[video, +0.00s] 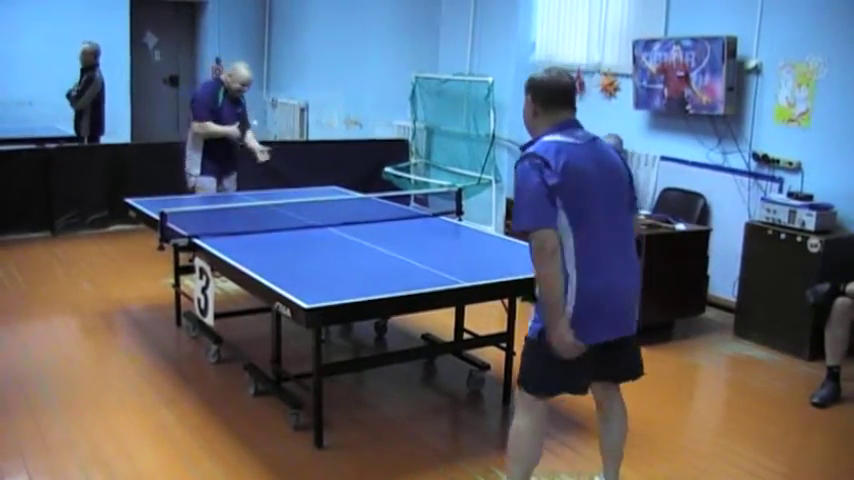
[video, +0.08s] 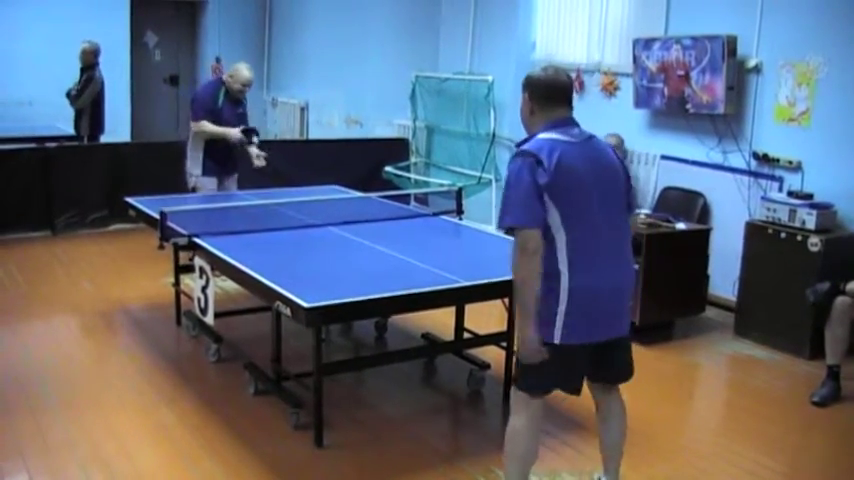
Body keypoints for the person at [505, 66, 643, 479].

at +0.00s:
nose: (524, 112)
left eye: (524, 104)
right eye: (525, 105)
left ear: (531, 106)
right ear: (572, 104)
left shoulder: (536, 160)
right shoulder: (609, 153)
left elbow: (545, 245)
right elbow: (628, 226)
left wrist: (556, 322)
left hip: (571, 314)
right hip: (619, 308)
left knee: (529, 402)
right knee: (608, 391)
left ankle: (517, 475)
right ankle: (611, 475)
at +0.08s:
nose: (520, 110)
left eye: (522, 103)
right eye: (524, 102)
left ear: (528, 105)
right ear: (569, 104)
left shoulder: (531, 158)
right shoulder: (607, 152)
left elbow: (529, 245)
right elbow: (625, 225)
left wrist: (525, 325)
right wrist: (626, 297)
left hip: (558, 311)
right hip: (612, 307)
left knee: (526, 402)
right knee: (607, 390)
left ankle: (514, 475)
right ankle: (611, 474)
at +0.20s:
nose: (520, 112)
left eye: (521, 106)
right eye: (521, 106)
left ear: (527, 106)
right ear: (568, 107)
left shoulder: (530, 157)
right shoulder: (605, 156)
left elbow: (504, 248)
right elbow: (621, 229)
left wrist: (480, 324)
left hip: (560, 303)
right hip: (614, 299)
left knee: (522, 396)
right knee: (610, 383)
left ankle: (513, 475)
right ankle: (621, 473)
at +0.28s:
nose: (523, 116)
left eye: (524, 109)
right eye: (526, 110)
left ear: (530, 111)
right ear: (570, 111)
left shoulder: (530, 160)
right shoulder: (605, 156)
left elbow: (495, 243)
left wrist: (458, 306)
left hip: (563, 305)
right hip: (616, 300)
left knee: (520, 391)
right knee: (614, 377)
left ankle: (513, 475)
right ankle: (630, 470)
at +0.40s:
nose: (535, 125)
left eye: (536, 118)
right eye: (538, 118)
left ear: (542, 120)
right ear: (582, 121)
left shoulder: (542, 165)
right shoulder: (612, 163)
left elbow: (490, 242)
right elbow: (613, 232)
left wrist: (442, 284)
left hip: (575, 309)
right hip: (629, 303)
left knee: (517, 393)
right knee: (633, 380)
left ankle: (511, 473)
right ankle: (651, 463)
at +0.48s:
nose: (547, 136)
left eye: (549, 130)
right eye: (550, 129)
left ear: (556, 130)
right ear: (593, 131)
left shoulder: (555, 173)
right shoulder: (620, 171)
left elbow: (503, 245)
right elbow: (619, 238)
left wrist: (451, 283)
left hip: (588, 312)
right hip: (640, 306)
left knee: (520, 391)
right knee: (643, 379)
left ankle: (512, 473)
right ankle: (671, 459)